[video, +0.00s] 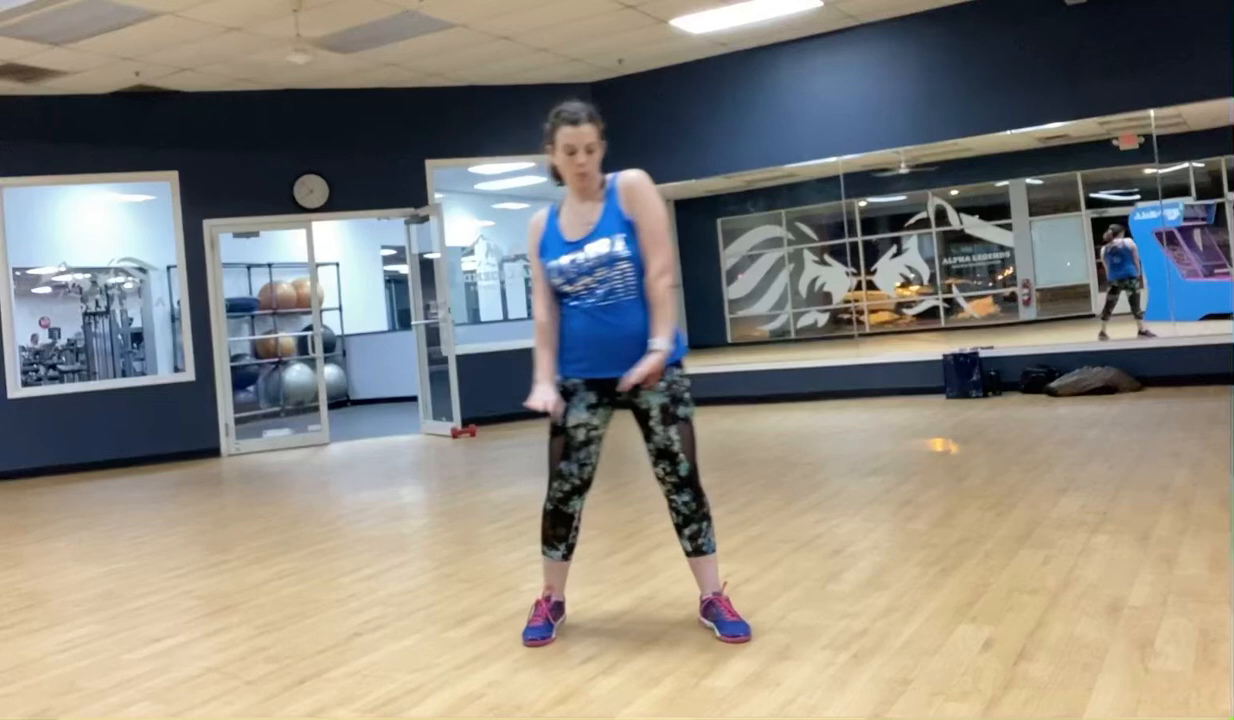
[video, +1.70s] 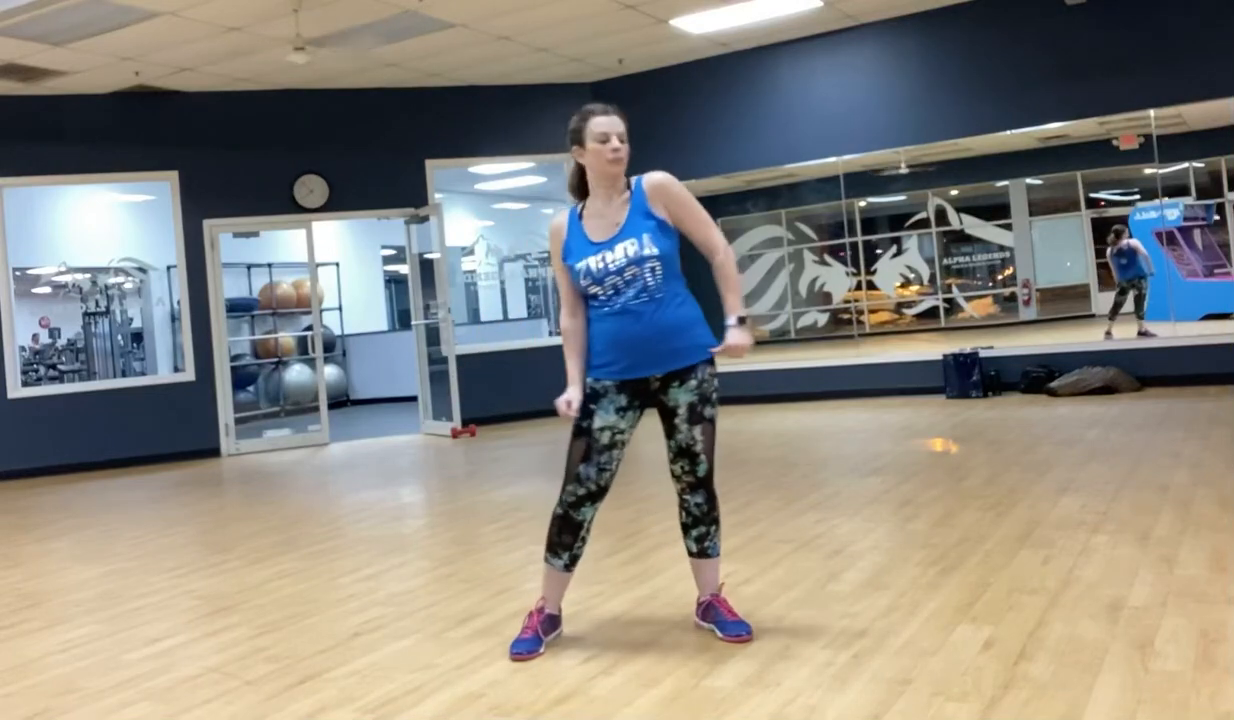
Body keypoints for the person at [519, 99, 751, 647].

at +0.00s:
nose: (582, 159)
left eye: (590, 148)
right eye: (570, 150)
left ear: (603, 148)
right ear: (552, 156)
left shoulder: (633, 187)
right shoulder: (543, 225)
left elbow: (661, 272)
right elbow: (545, 311)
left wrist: (659, 349)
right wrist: (543, 379)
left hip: (650, 364)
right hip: (581, 377)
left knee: (680, 478)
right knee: (564, 488)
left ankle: (713, 596)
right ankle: (551, 600)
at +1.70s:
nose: (617, 148)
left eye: (621, 139)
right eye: (604, 141)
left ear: (630, 146)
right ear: (579, 153)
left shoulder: (656, 189)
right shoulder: (565, 226)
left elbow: (718, 248)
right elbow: (572, 312)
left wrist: (735, 321)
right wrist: (575, 382)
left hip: (684, 364)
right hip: (612, 377)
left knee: (695, 480)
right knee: (580, 490)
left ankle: (712, 600)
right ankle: (547, 611)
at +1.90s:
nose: (634, 154)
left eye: (637, 146)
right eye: (623, 146)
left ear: (638, 152)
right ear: (590, 153)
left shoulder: (662, 202)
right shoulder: (560, 228)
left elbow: (728, 272)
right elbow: (562, 316)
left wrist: (776, 321)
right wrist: (584, 380)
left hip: (690, 362)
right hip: (617, 375)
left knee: (697, 480)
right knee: (588, 492)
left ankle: (710, 600)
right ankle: (549, 612)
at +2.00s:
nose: (636, 158)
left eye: (638, 149)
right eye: (624, 149)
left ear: (638, 154)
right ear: (591, 155)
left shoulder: (660, 209)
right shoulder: (557, 226)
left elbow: (722, 275)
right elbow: (554, 314)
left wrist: (781, 324)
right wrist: (582, 378)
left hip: (688, 364)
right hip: (615, 378)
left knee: (696, 482)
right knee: (588, 495)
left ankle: (710, 600)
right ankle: (550, 612)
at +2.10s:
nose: (633, 162)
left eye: (636, 152)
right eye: (622, 153)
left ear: (636, 157)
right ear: (589, 158)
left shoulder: (654, 219)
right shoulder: (551, 222)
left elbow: (709, 281)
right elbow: (538, 306)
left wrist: (771, 326)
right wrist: (568, 370)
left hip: (679, 368)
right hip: (607, 380)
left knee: (691, 482)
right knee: (584, 496)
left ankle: (710, 599)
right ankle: (549, 613)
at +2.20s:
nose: (624, 164)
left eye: (627, 154)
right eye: (611, 156)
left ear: (629, 158)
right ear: (580, 161)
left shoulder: (641, 227)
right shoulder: (545, 212)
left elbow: (688, 298)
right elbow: (516, 292)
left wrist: (749, 339)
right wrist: (540, 362)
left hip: (662, 370)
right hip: (590, 381)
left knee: (680, 485)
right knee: (576, 499)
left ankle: (709, 600)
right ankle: (548, 614)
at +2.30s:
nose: (616, 163)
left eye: (620, 153)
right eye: (603, 156)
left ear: (624, 157)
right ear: (574, 163)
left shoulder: (634, 230)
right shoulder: (542, 208)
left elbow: (674, 305)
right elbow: (505, 284)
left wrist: (735, 343)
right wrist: (522, 357)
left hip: (651, 371)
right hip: (579, 381)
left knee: (675, 485)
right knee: (570, 499)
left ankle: (709, 601)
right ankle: (547, 615)